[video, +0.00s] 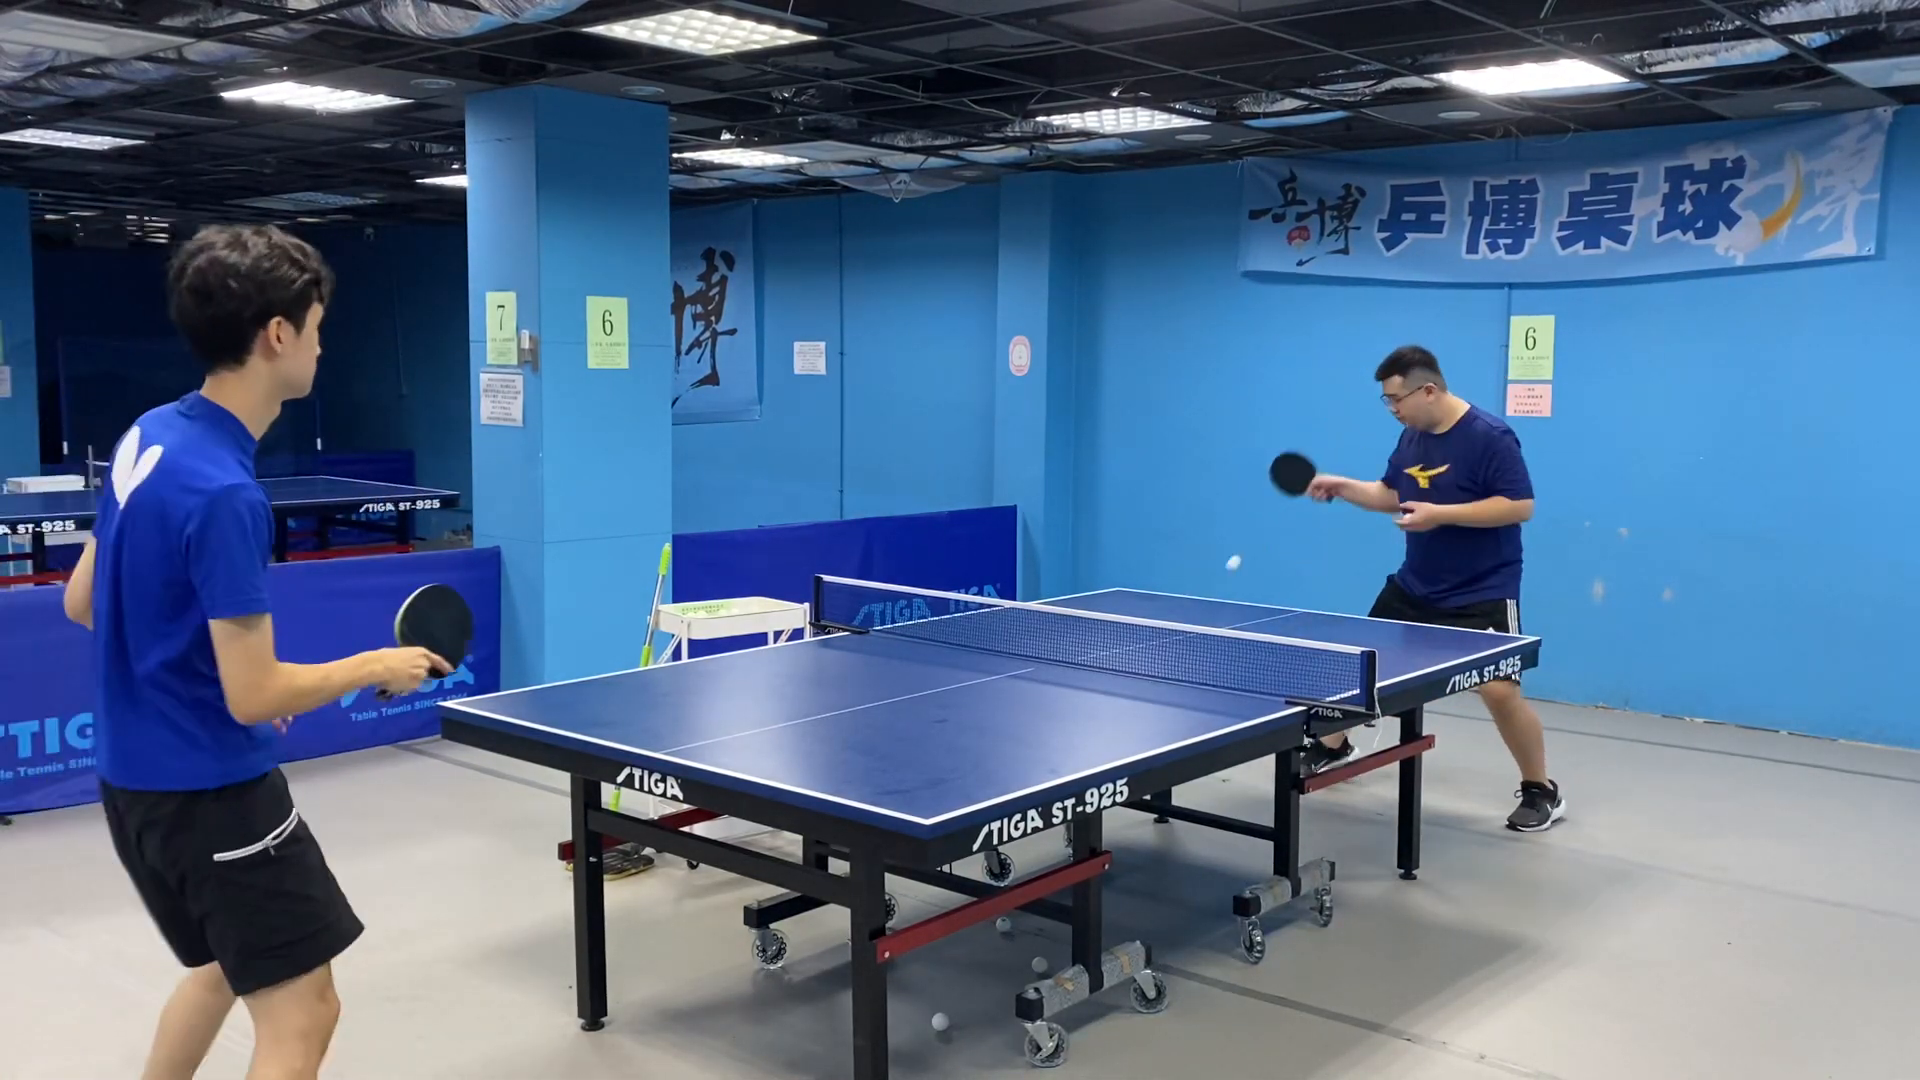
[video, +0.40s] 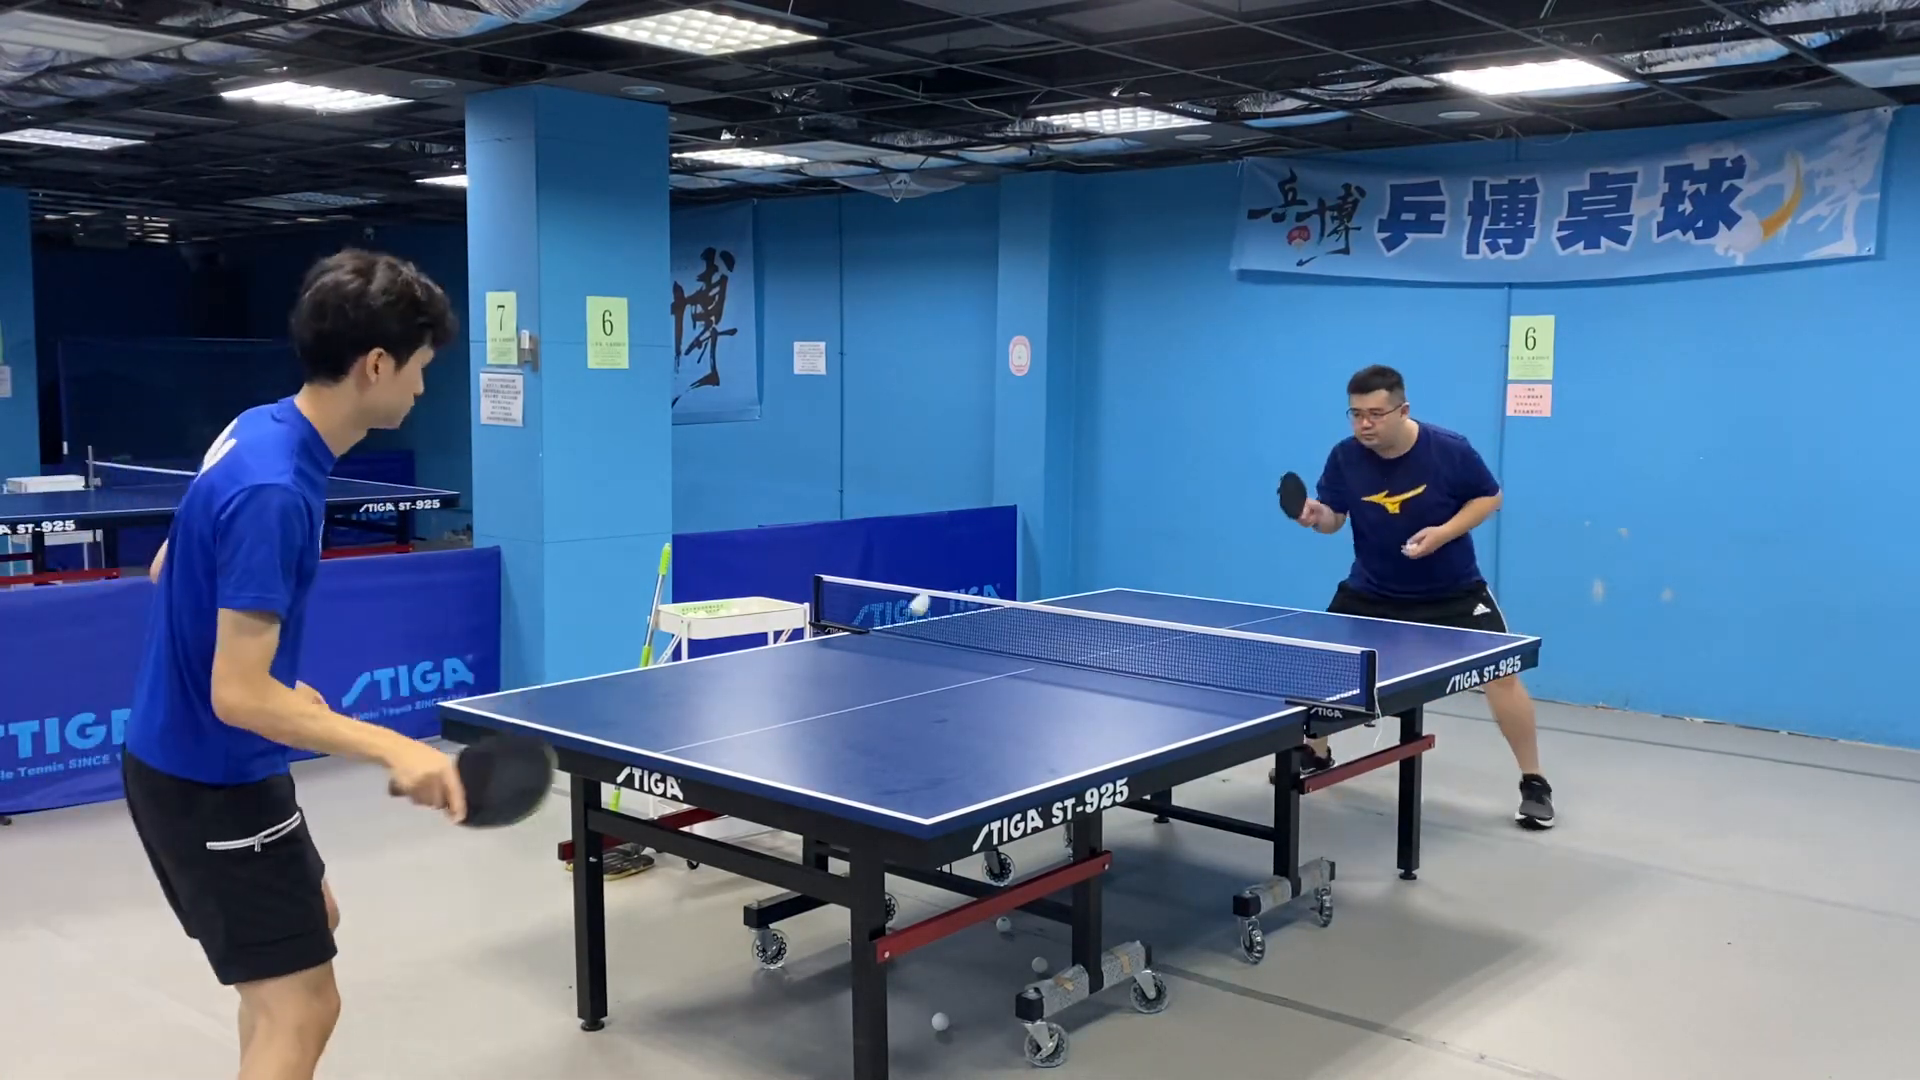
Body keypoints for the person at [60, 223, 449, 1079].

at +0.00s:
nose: (320, 351)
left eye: (320, 330)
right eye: (316, 330)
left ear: (224, 331)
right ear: (274, 335)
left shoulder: (149, 435)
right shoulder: (226, 493)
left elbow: (85, 600)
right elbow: (257, 694)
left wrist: (232, 673)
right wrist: (373, 666)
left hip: (140, 780)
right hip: (215, 791)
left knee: (217, 968)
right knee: (301, 1014)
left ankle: (158, 1078)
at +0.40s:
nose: (423, 386)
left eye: (427, 367)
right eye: (421, 366)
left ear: (355, 357)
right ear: (375, 363)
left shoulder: (261, 433)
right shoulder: (272, 489)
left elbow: (170, 568)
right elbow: (240, 694)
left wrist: (275, 681)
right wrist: (395, 750)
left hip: (192, 754)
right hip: (212, 774)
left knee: (279, 986)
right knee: (303, 1009)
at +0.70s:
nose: (422, 393)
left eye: (426, 375)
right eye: (418, 372)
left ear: (358, 363)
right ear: (367, 367)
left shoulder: (261, 430)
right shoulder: (284, 478)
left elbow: (179, 569)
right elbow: (287, 657)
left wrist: (278, 675)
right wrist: (443, 655)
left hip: (218, 738)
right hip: (204, 755)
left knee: (306, 914)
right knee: (275, 1001)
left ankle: (254, 1061)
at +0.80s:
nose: (401, 372)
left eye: (403, 354)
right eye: (396, 352)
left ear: (326, 346)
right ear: (347, 352)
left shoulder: (235, 424)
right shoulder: (301, 480)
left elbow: (158, 567)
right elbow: (386, 615)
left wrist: (265, 669)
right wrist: (491, 537)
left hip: (180, 735)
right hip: (202, 756)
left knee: (298, 913)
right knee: (255, 1017)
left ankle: (258, 1064)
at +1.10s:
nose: (334, 359)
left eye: (333, 339)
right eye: (330, 340)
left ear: (230, 344)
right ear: (296, 351)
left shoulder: (160, 449)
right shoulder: (275, 494)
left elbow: (87, 611)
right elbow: (377, 626)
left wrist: (197, 665)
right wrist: (371, 520)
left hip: (130, 773)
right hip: (184, 797)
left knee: (272, 939)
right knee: (211, 1062)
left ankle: (257, 1077)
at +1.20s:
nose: (323, 369)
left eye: (320, 349)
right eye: (318, 350)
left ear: (211, 357)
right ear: (282, 362)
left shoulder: (139, 462)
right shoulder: (257, 513)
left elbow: (54, 621)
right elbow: (346, 685)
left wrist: (182, 626)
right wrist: (384, 586)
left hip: (80, 803)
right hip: (157, 819)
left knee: (217, 1039)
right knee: (213, 1060)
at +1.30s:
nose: (312, 371)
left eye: (311, 351)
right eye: (309, 351)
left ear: (206, 357)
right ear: (271, 362)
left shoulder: (140, 452)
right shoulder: (214, 512)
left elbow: (50, 604)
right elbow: (271, 724)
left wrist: (182, 625)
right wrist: (389, 669)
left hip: (47, 792)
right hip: (108, 818)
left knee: (163, 1050)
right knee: (201, 1062)